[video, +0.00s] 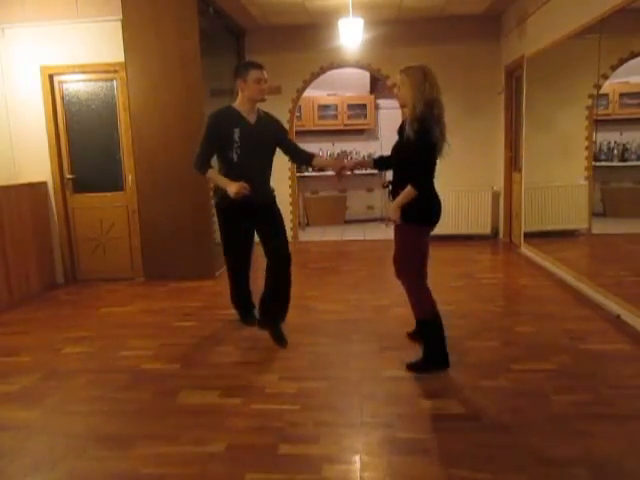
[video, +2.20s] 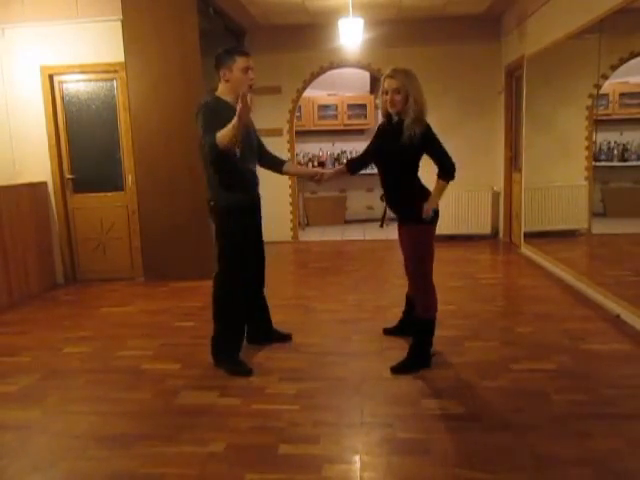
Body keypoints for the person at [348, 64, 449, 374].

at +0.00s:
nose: (395, 91)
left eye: (400, 86)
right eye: (395, 86)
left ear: (416, 88)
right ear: (410, 89)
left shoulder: (422, 125)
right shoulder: (410, 123)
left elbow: (422, 177)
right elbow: (395, 162)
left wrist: (398, 203)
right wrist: (359, 164)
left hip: (419, 208)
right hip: (410, 207)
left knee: (411, 272)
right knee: (405, 268)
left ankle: (436, 352)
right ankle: (426, 325)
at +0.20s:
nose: (394, 91)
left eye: (399, 86)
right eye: (394, 86)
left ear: (414, 90)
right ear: (409, 90)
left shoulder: (423, 126)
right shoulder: (407, 124)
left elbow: (434, 177)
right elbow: (395, 161)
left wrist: (407, 204)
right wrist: (360, 161)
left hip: (418, 208)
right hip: (412, 208)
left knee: (394, 270)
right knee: (410, 266)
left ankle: (434, 325)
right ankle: (427, 320)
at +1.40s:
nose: (391, 92)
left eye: (396, 87)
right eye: (392, 87)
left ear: (411, 88)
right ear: (409, 90)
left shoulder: (424, 122)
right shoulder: (409, 123)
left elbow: (430, 169)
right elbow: (381, 164)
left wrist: (399, 189)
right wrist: (338, 178)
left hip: (415, 204)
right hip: (412, 202)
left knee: (404, 277)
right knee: (412, 268)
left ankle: (419, 347)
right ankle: (426, 321)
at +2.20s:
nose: (392, 97)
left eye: (398, 92)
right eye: (387, 92)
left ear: (410, 94)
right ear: (382, 96)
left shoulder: (418, 129)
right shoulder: (386, 128)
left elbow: (447, 168)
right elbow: (362, 160)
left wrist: (433, 201)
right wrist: (330, 173)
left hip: (420, 212)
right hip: (405, 212)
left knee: (421, 278)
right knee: (412, 270)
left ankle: (422, 349)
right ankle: (410, 320)